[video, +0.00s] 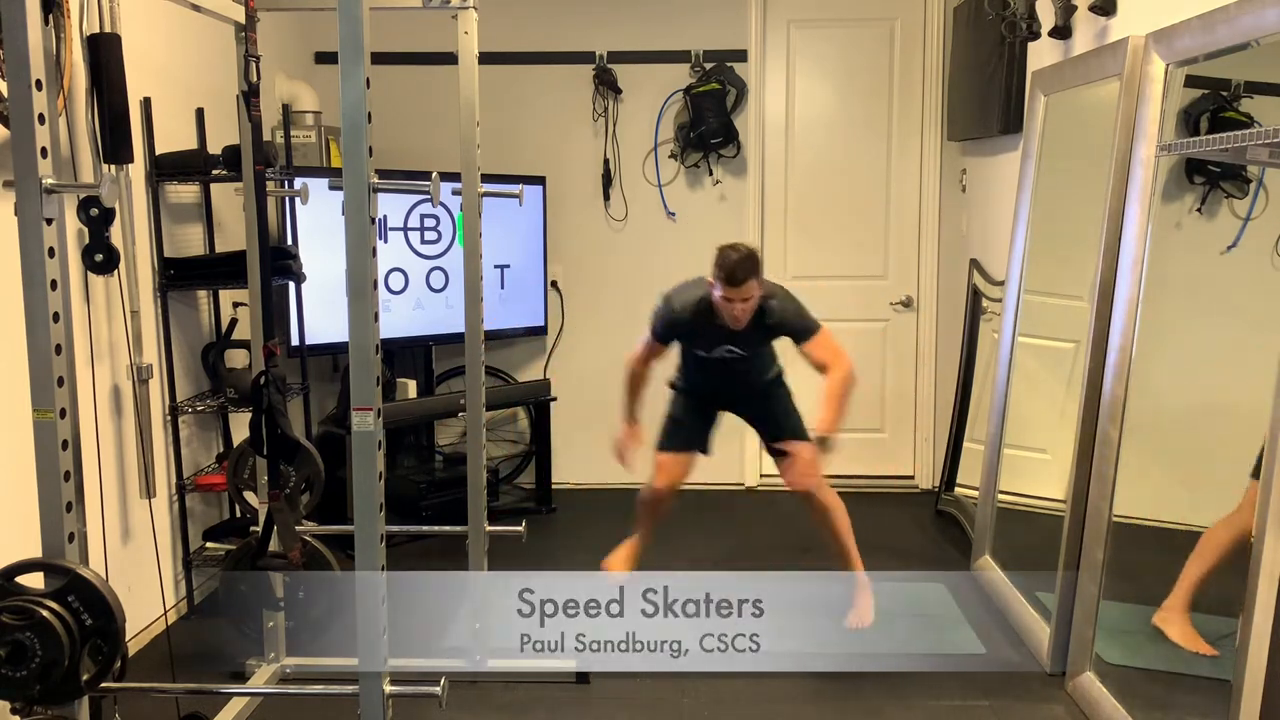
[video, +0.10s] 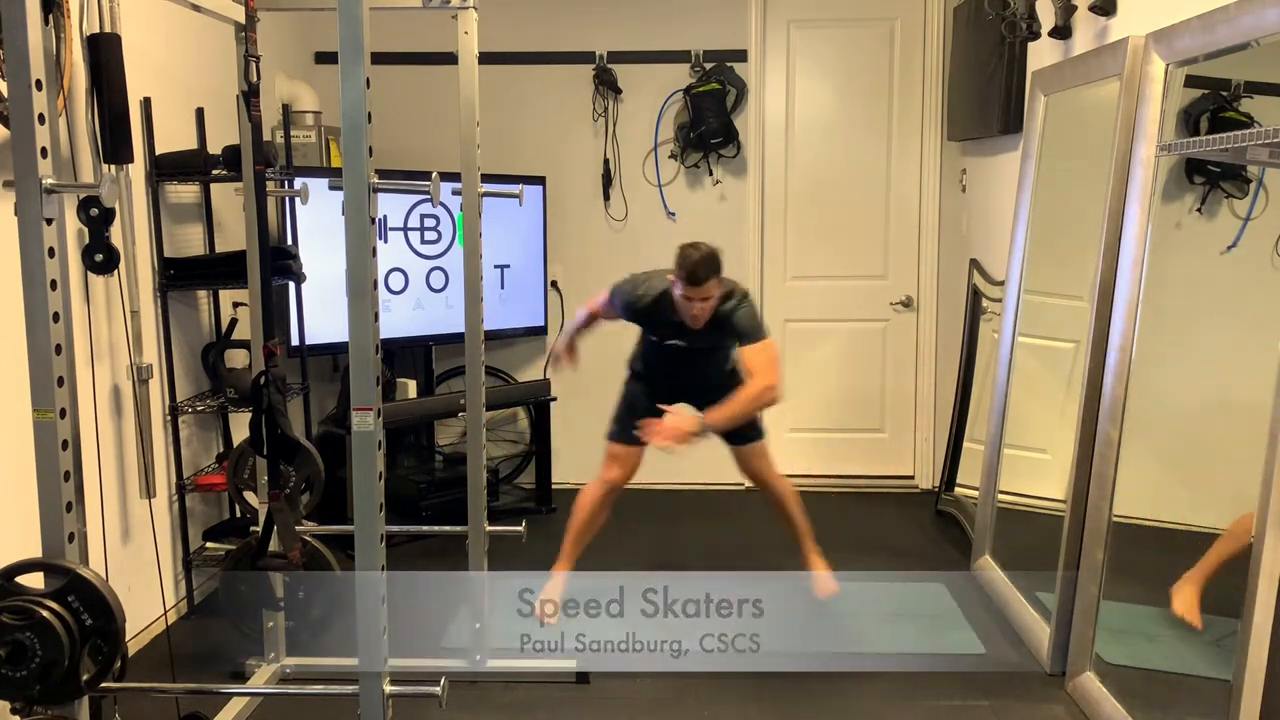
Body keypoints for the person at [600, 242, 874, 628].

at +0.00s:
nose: (738, 311)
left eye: (747, 301)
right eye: (728, 301)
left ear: (760, 287)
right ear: (713, 288)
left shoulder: (778, 306)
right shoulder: (681, 308)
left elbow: (841, 368)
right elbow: (640, 362)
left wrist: (824, 432)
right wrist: (631, 421)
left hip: (760, 389)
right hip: (697, 390)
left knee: (807, 482)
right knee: (661, 488)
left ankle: (859, 577)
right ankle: (637, 544)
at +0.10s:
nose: (701, 308)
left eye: (709, 299)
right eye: (692, 300)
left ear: (721, 287)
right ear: (675, 286)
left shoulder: (736, 306)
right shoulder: (643, 295)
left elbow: (767, 388)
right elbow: (595, 310)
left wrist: (699, 423)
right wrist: (568, 337)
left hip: (716, 381)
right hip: (652, 381)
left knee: (762, 471)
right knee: (612, 477)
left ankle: (813, 556)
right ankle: (559, 574)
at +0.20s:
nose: (658, 322)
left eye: (668, 313)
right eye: (650, 312)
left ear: (683, 301)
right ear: (638, 298)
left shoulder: (699, 326)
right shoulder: (614, 296)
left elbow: (682, 407)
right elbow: (566, 278)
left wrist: (604, 398)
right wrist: (524, 280)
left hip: (669, 389)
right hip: (616, 378)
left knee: (700, 499)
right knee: (580, 484)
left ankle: (692, 519)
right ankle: (548, 583)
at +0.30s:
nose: (630, 335)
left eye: (640, 326)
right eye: (622, 325)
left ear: (655, 315)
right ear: (611, 311)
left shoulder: (670, 347)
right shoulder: (596, 299)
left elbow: (613, 418)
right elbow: (546, 269)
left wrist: (553, 377)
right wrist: (495, 255)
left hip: (646, 412)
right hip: (595, 386)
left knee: (617, 499)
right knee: (569, 486)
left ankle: (562, 503)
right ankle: (546, 584)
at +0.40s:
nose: (614, 342)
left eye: (624, 333)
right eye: (606, 332)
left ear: (640, 320)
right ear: (593, 316)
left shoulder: (654, 356)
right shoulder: (585, 299)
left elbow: (585, 416)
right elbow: (538, 271)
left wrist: (539, 367)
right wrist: (485, 254)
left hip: (626, 423)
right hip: (584, 388)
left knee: (555, 475)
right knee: (567, 486)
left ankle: (493, 507)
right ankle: (546, 585)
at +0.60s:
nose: (622, 339)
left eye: (631, 330)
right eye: (614, 329)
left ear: (647, 317)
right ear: (600, 315)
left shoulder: (665, 343)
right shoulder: (583, 305)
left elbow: (636, 429)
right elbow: (513, 289)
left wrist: (561, 400)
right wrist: (451, 285)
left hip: (626, 409)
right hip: (581, 390)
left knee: (591, 502)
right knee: (565, 489)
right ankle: (547, 585)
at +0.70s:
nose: (644, 324)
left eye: (652, 314)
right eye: (635, 315)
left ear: (664, 302)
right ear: (618, 302)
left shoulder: (682, 329)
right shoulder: (589, 308)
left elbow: (711, 412)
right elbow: (505, 312)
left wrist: (649, 440)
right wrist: (441, 342)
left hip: (646, 407)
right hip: (589, 399)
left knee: (652, 506)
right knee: (567, 495)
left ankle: (636, 518)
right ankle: (546, 587)